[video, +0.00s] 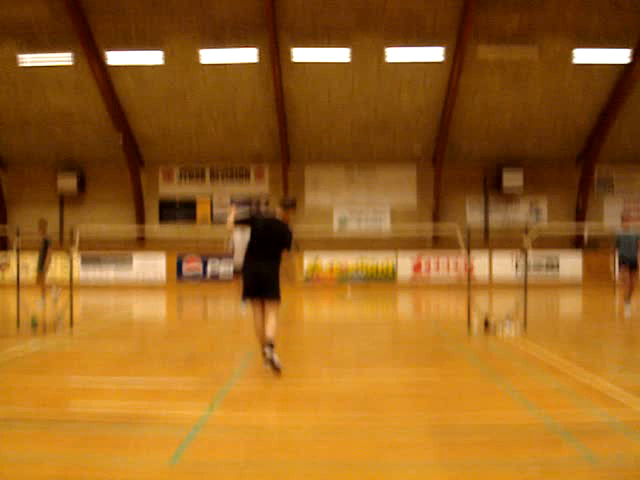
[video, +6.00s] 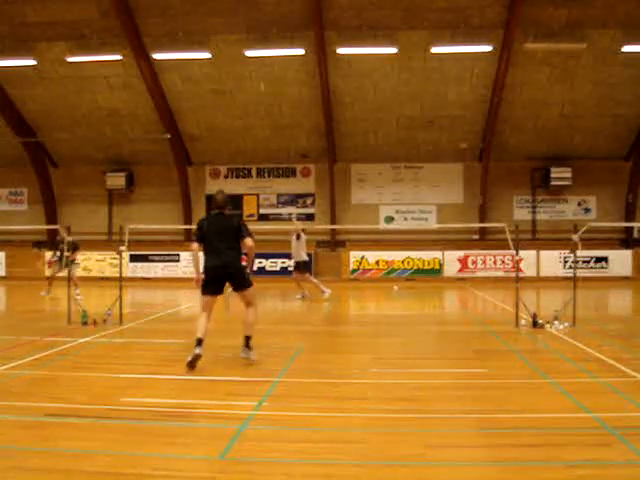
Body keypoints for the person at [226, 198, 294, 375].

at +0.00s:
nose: (289, 216)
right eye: (290, 213)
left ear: (275, 208)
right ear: (287, 213)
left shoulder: (258, 220)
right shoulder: (285, 230)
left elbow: (232, 225)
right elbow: (287, 254)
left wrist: (232, 213)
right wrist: (292, 277)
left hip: (252, 272)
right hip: (270, 274)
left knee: (258, 311)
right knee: (271, 309)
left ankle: (264, 349)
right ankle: (269, 343)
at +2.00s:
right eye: (205, 253)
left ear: (190, 255)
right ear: (207, 256)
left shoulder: (181, 272)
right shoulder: (213, 273)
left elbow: (160, 294)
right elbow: (235, 300)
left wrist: (145, 312)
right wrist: (231, 318)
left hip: (183, 309)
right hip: (208, 310)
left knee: (159, 335)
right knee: (234, 338)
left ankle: (141, 375)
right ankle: (254, 376)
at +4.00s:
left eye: (238, 224)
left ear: (237, 227)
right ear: (251, 229)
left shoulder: (226, 241)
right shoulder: (254, 249)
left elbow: (205, 244)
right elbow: (260, 275)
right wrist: (264, 293)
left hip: (224, 290)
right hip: (246, 291)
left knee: (212, 325)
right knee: (262, 327)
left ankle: (216, 341)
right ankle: (278, 360)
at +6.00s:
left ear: (211, 205)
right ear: (228, 205)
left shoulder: (203, 223)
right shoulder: (235, 221)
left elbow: (195, 248)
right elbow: (249, 244)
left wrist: (197, 272)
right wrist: (249, 264)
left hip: (212, 269)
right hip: (234, 267)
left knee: (205, 311)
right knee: (250, 304)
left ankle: (198, 345)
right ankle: (247, 345)